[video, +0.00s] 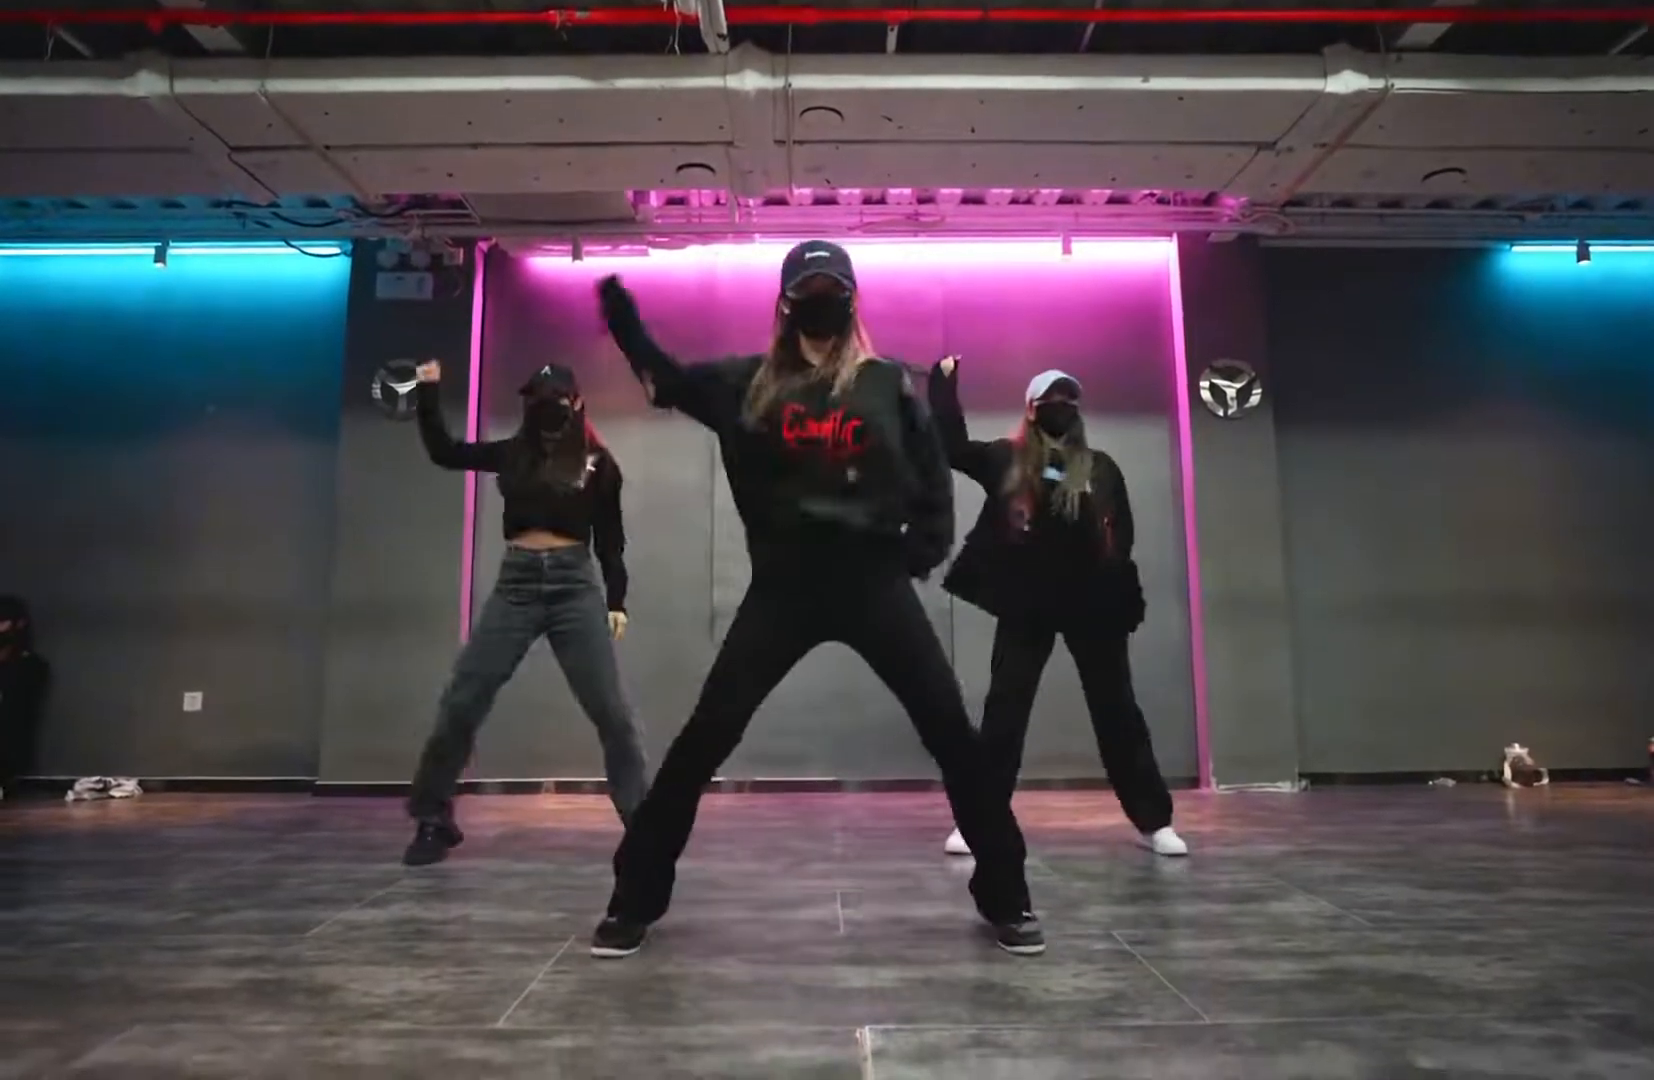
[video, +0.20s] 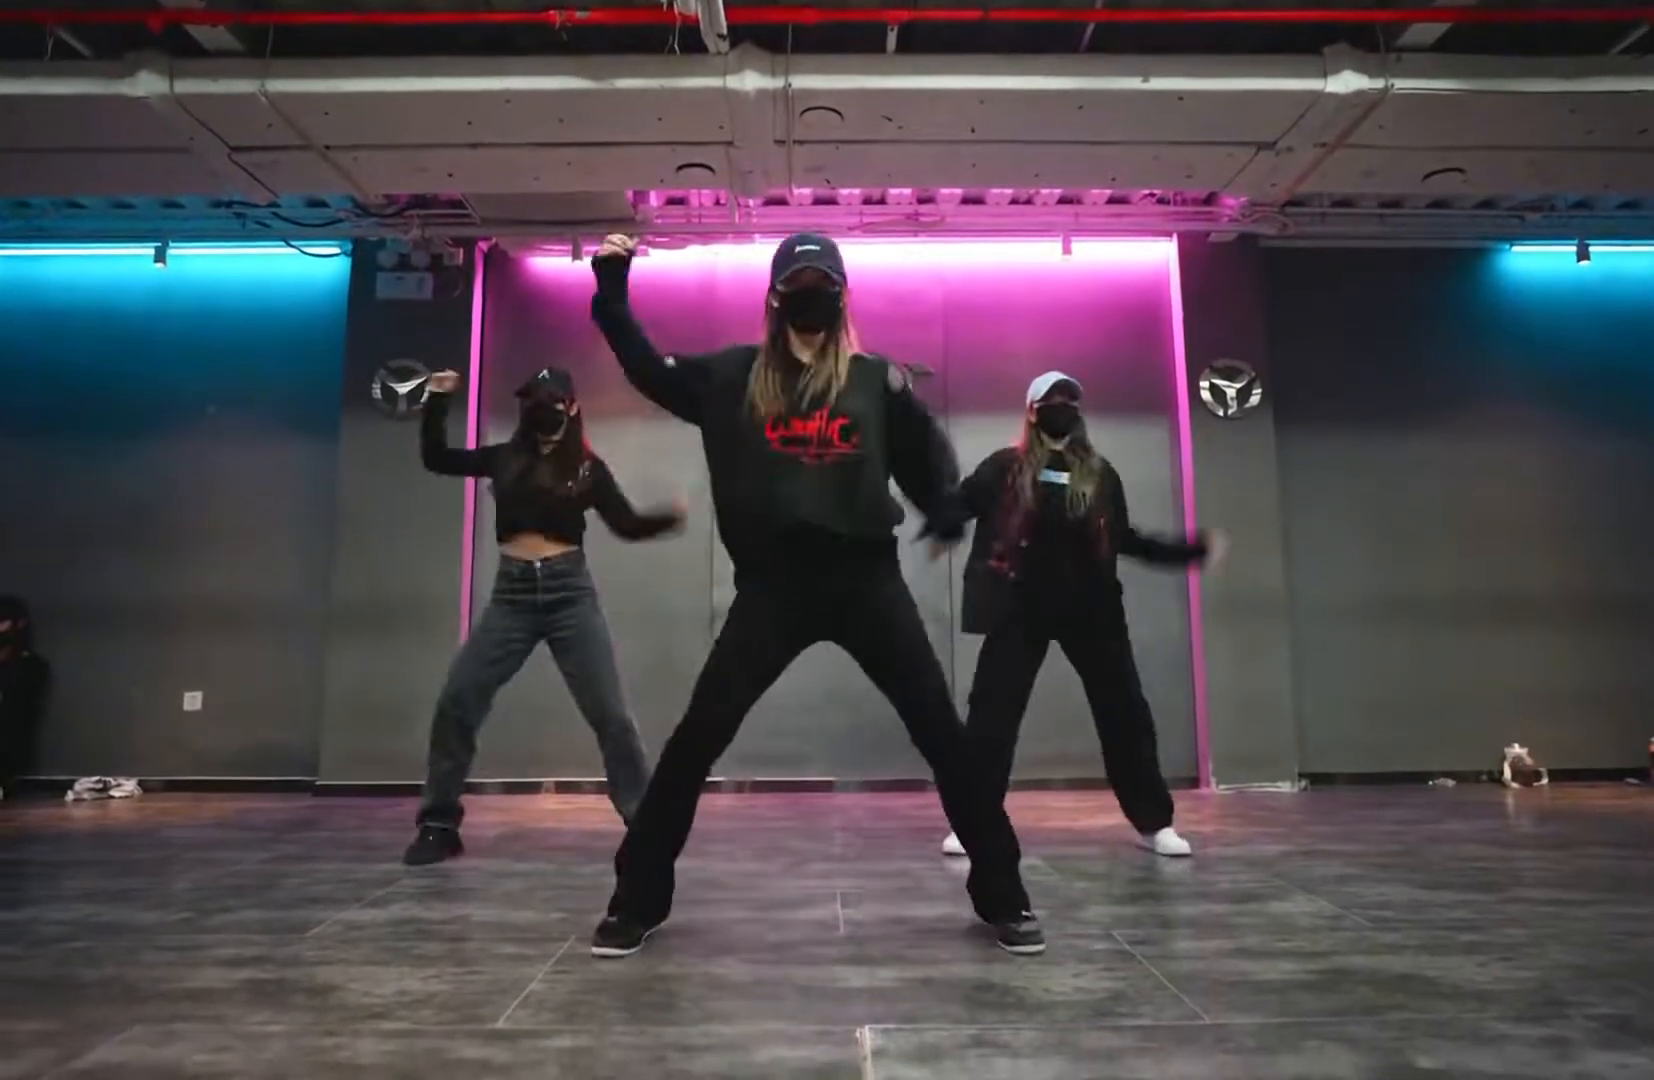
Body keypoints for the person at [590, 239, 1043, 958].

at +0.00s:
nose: (821, 305)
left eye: (832, 293)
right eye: (807, 294)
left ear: (851, 300)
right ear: (786, 302)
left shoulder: (889, 386)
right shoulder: (748, 386)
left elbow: (935, 483)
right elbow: (667, 380)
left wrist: (915, 556)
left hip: (876, 587)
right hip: (783, 590)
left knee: (952, 732)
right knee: (706, 737)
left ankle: (1007, 900)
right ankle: (632, 905)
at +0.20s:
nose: (810, 302)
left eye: (822, 289)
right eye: (798, 290)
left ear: (841, 295)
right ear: (776, 295)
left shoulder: (880, 383)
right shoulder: (730, 377)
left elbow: (935, 485)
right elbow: (649, 371)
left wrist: (953, 511)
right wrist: (612, 285)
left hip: (868, 588)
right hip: (771, 590)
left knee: (942, 732)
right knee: (698, 738)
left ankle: (1004, 899)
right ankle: (634, 904)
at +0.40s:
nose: (815, 357)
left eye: (827, 342)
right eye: (801, 343)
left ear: (846, 346)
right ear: (778, 349)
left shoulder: (881, 435)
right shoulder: (750, 440)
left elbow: (937, 521)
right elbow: (691, 527)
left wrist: (949, 608)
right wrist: (707, 588)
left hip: (864, 630)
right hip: (781, 629)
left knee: (897, 788)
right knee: (741, 777)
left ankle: (1024, 884)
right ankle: (646, 902)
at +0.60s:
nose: (838, 353)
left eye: (852, 342)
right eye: (827, 338)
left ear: (878, 338)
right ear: (817, 336)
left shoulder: (909, 410)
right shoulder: (795, 408)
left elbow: (935, 518)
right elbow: (805, 500)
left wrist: (841, 511)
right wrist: (905, 505)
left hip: (885, 618)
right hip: (799, 618)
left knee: (996, 719)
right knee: (726, 751)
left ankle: (981, 892)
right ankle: (647, 898)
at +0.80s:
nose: (944, 345)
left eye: (945, 336)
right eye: (936, 331)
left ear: (918, 332)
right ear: (900, 324)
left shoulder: (935, 416)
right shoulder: (835, 389)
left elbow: (955, 509)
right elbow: (871, 471)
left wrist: (901, 486)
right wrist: (971, 495)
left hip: (902, 614)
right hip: (821, 610)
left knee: (1019, 713)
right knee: (740, 749)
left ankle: (980, 888)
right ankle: (651, 898)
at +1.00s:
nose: (924, 345)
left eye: (930, 334)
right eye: (912, 330)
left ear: (930, 338)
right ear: (876, 327)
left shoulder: (933, 415)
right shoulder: (829, 392)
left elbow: (978, 497)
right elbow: (850, 480)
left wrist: (887, 488)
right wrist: (967, 493)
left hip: (899, 616)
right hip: (818, 613)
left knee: (1018, 714)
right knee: (736, 750)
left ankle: (982, 890)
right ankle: (647, 901)